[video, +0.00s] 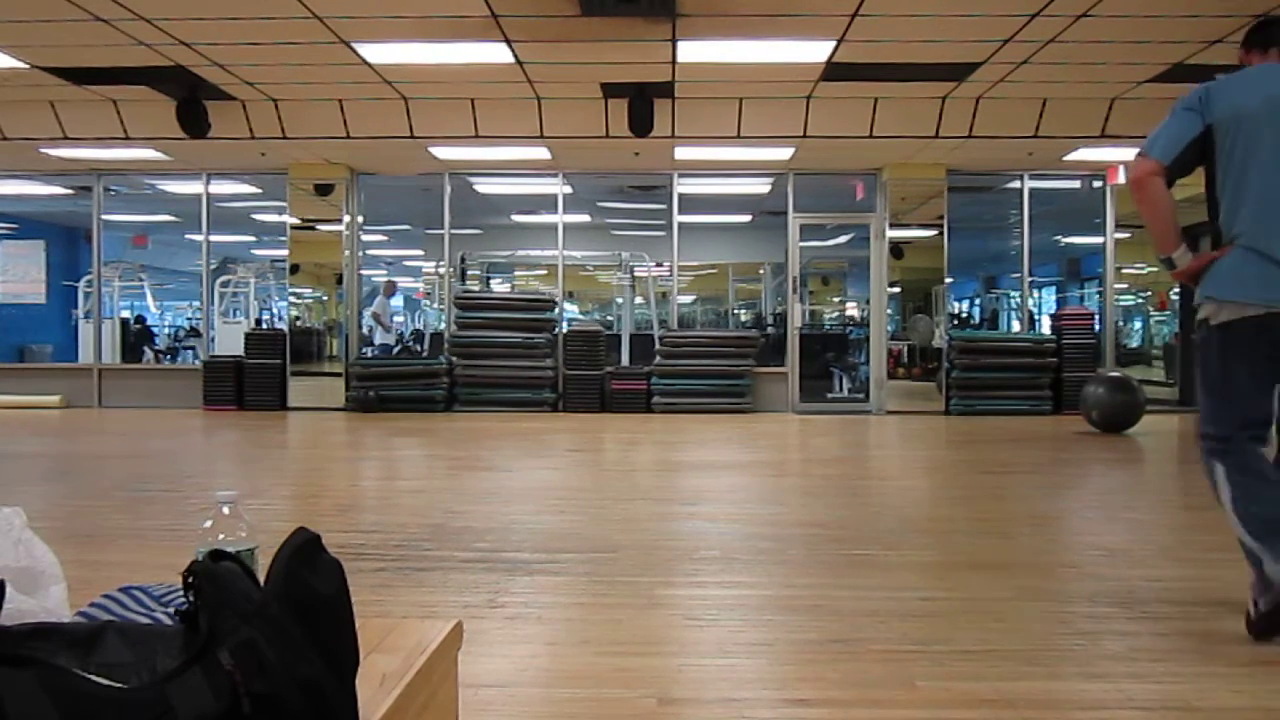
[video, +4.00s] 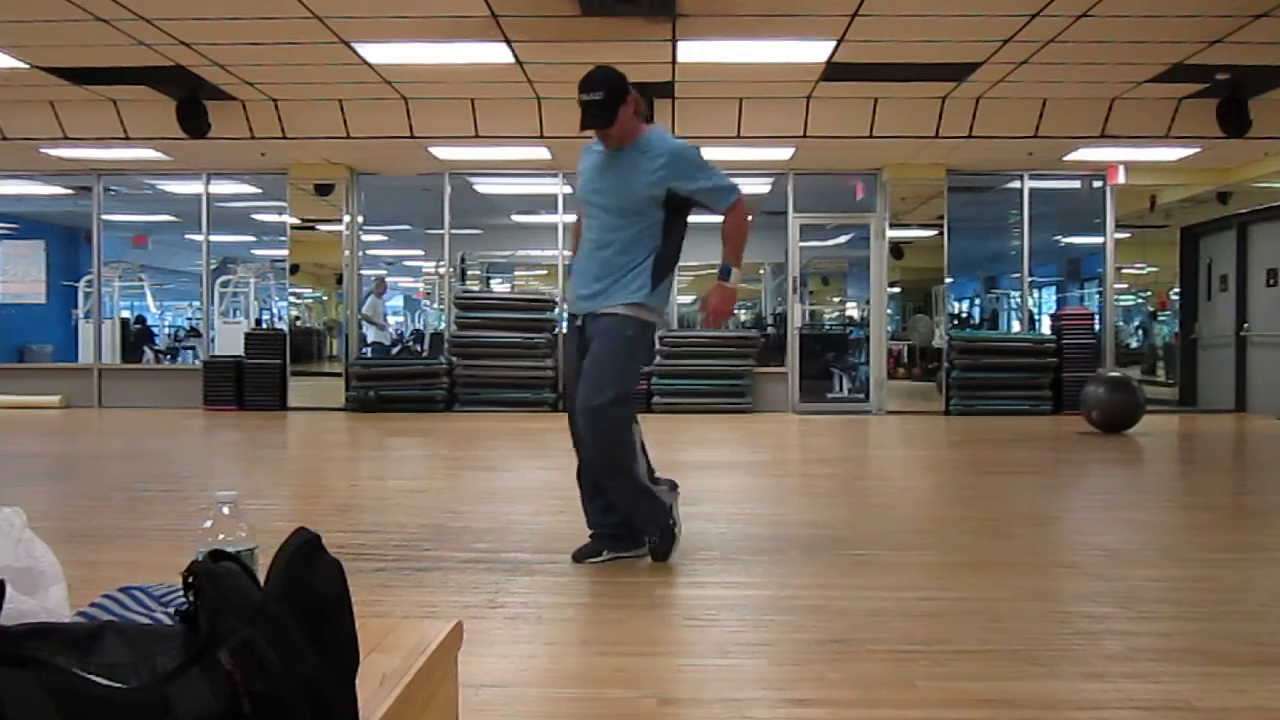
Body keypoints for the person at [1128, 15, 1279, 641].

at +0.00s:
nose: (1239, 69)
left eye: (1241, 58)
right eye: (1248, 58)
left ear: (1250, 52)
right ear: (1278, 51)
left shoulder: (1224, 92)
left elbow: (1146, 172)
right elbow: (1148, 171)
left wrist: (1178, 257)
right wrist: (1181, 255)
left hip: (1248, 292)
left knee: (1232, 441)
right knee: (1249, 442)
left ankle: (1274, 579)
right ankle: (1267, 592)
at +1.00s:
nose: (1062, 136)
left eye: (1061, 128)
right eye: (1060, 129)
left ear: (1076, 115)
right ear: (1108, 112)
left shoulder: (1080, 146)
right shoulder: (1165, 146)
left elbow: (1064, 212)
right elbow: (1187, 229)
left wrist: (1043, 257)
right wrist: (1155, 267)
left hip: (1101, 299)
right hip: (1163, 299)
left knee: (1083, 403)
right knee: (1151, 411)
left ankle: (1136, 504)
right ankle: (1132, 528)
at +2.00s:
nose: (900, 158)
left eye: (900, 147)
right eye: (896, 150)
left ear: (922, 134)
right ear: (922, 137)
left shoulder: (964, 176)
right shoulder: (942, 180)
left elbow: (969, 253)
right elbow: (944, 244)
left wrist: (902, 247)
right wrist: (902, 236)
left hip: (960, 319)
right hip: (938, 316)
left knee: (929, 406)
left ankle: (937, 514)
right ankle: (992, 476)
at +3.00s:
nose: (738, 159)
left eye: (738, 148)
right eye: (732, 152)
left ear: (759, 130)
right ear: (752, 138)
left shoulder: (816, 160)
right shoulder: (759, 180)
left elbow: (880, 196)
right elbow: (778, 240)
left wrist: (899, 265)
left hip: (800, 313)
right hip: (762, 312)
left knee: (784, 412)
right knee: (754, 401)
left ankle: (764, 516)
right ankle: (827, 484)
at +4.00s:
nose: (599, 134)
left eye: (606, 123)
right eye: (592, 125)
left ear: (631, 105)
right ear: (584, 117)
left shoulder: (668, 155)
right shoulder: (591, 156)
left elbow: (736, 207)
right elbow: (584, 220)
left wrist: (727, 281)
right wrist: (575, 275)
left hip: (631, 308)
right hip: (585, 308)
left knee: (597, 409)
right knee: (585, 418)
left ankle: (654, 507)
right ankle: (615, 531)